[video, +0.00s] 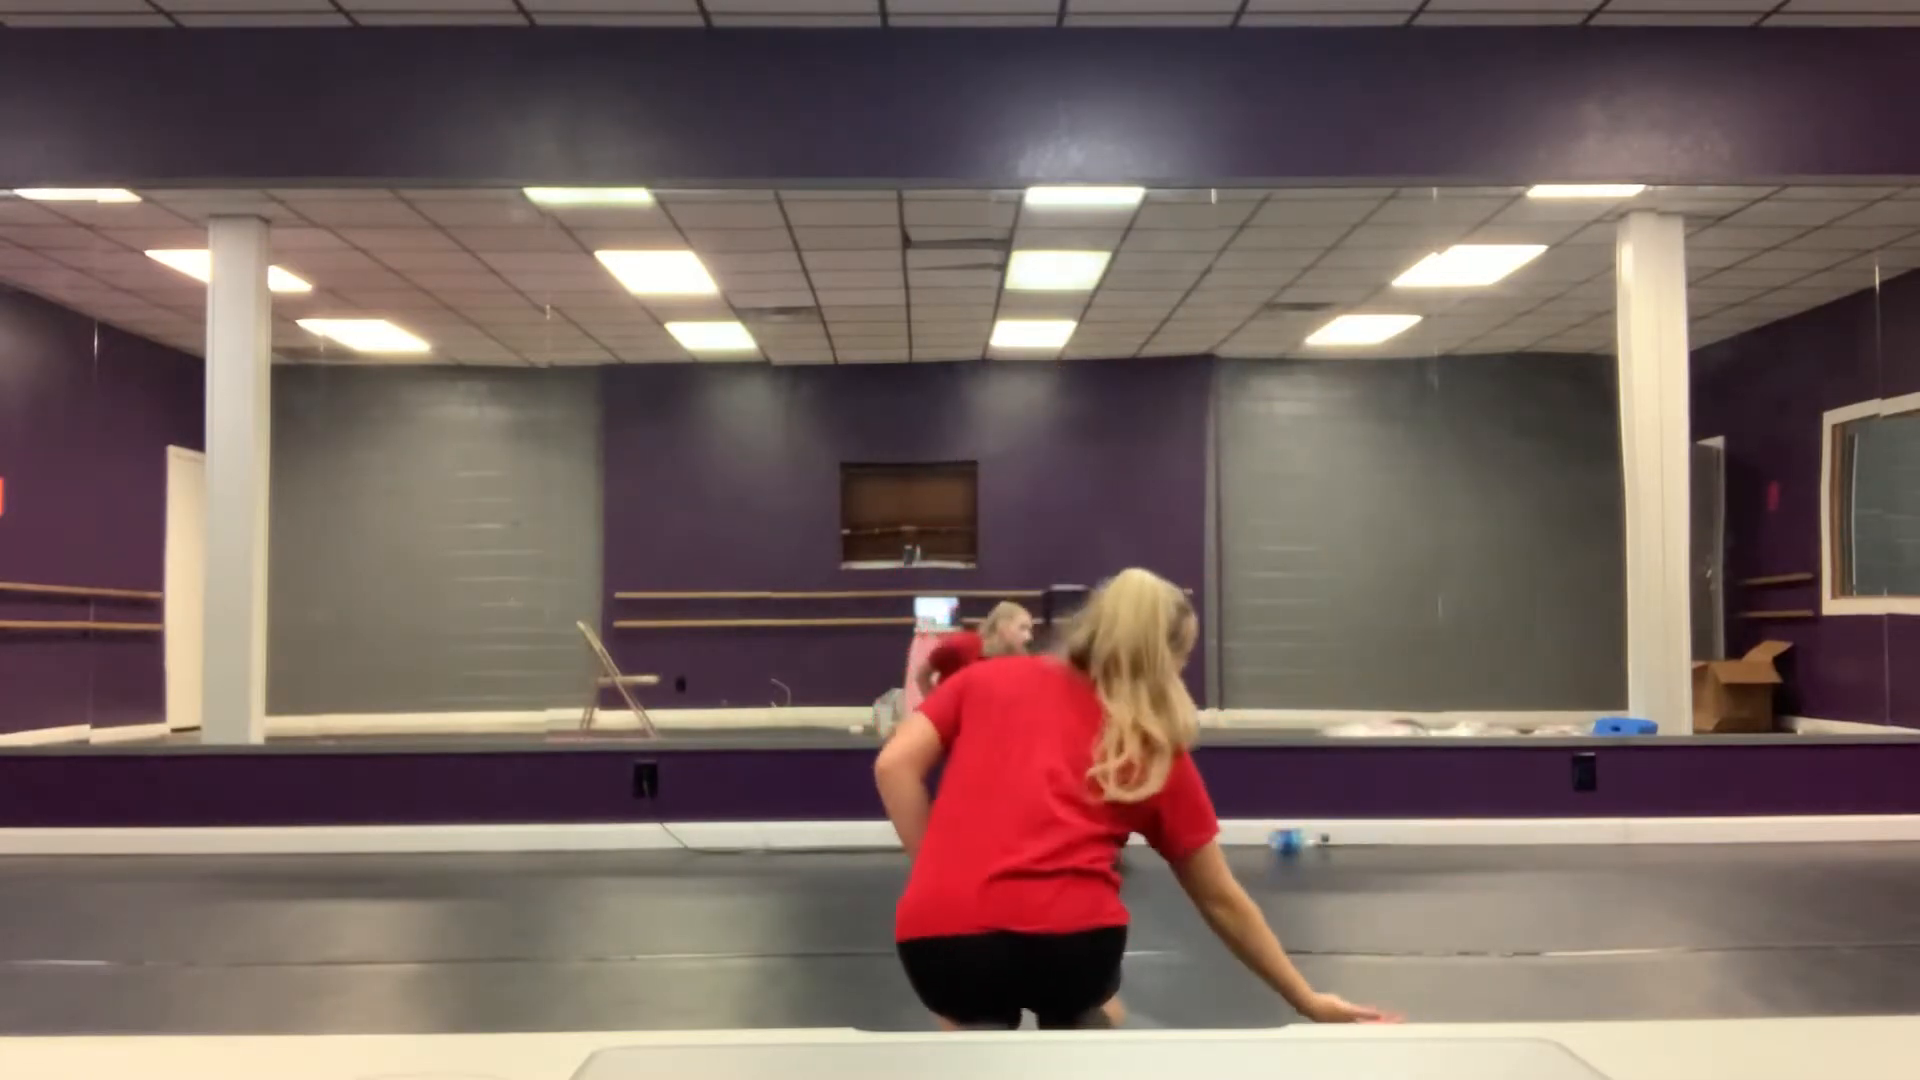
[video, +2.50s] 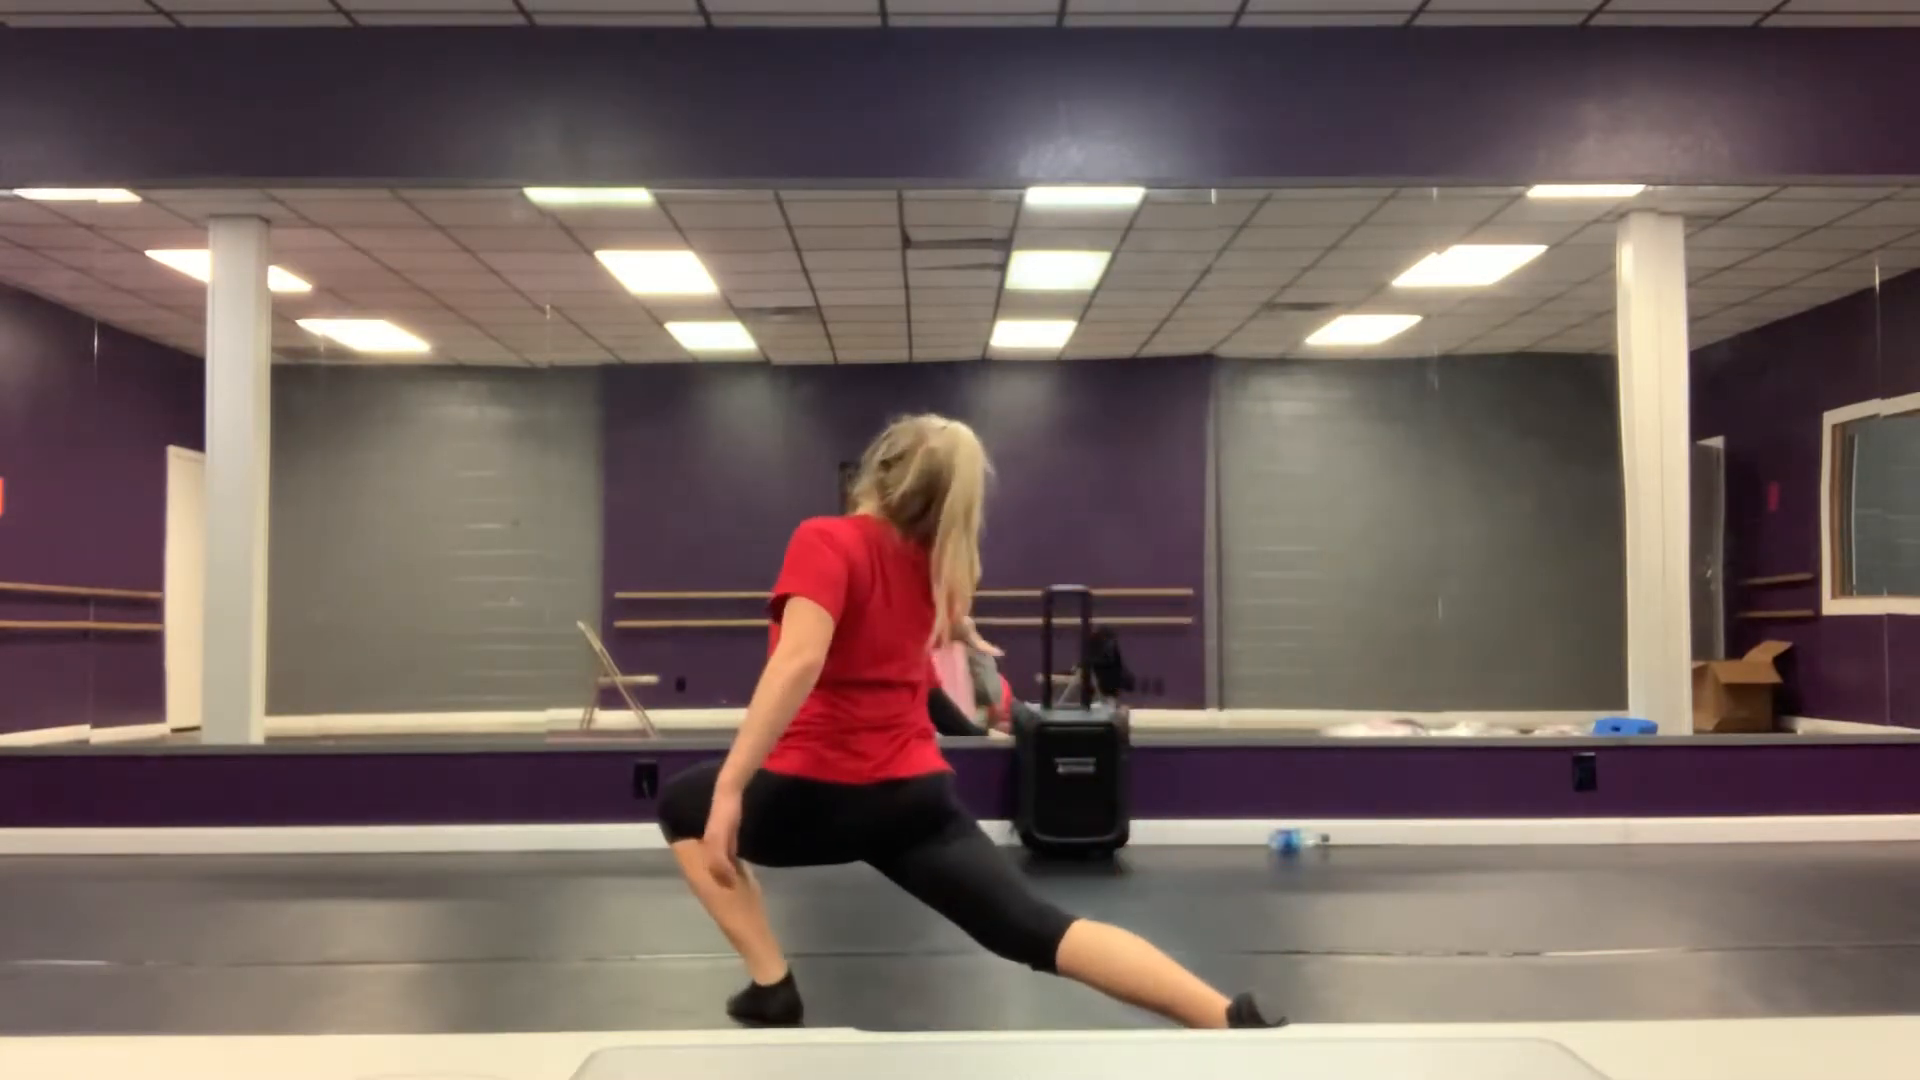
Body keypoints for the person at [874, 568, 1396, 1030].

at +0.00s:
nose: (1182, 674)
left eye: (1186, 656)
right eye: (1182, 657)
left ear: (1091, 632)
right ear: (1162, 652)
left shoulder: (987, 677)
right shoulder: (1151, 742)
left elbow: (895, 766)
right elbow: (1221, 900)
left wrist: (937, 869)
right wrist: (1308, 1001)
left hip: (943, 941)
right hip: (1072, 943)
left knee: (969, 1028)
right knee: (1093, 1018)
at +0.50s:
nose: (1212, 698)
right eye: (1212, 684)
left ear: (1135, 651)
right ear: (1199, 684)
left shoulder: (1024, 668)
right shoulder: (1164, 742)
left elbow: (931, 722)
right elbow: (1179, 900)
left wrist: (950, 822)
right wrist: (1217, 960)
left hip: (947, 848)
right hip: (1073, 856)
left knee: (974, 989)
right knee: (1080, 985)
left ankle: (981, 1037)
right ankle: (1090, 1021)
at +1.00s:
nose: (1204, 677)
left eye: (1210, 669)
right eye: (1208, 666)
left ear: (1163, 596)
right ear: (1200, 651)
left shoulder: (1081, 582)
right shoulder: (1165, 710)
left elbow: (995, 604)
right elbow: (1122, 847)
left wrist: (958, 715)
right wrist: (1098, 943)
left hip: (985, 770)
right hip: (1088, 818)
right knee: (1069, 992)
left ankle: (914, 936)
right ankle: (1114, 982)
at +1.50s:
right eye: (1104, 526)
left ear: (1019, 485)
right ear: (1088, 526)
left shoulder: (942, 516)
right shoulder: (1081, 600)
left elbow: (894, 574)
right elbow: (1136, 702)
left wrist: (820, 703)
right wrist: (1153, 830)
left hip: (899, 783)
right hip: (1005, 807)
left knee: (775, 781)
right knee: (1068, 995)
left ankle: (773, 986)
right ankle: (1216, 1015)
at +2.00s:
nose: (1005, 497)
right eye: (1000, 480)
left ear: (910, 465)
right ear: (986, 488)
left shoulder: (838, 537)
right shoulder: (980, 575)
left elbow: (784, 654)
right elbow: (1086, 616)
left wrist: (714, 771)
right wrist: (1198, 645)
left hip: (816, 794)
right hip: (922, 799)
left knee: (699, 815)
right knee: (1037, 944)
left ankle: (768, 985)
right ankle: (1231, 1023)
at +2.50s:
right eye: (965, 494)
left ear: (881, 471)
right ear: (953, 500)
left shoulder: (829, 541)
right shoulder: (935, 565)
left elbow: (800, 659)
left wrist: (730, 786)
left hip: (812, 797)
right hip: (911, 796)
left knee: (683, 803)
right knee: (1030, 927)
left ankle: (770, 984)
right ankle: (1226, 1015)